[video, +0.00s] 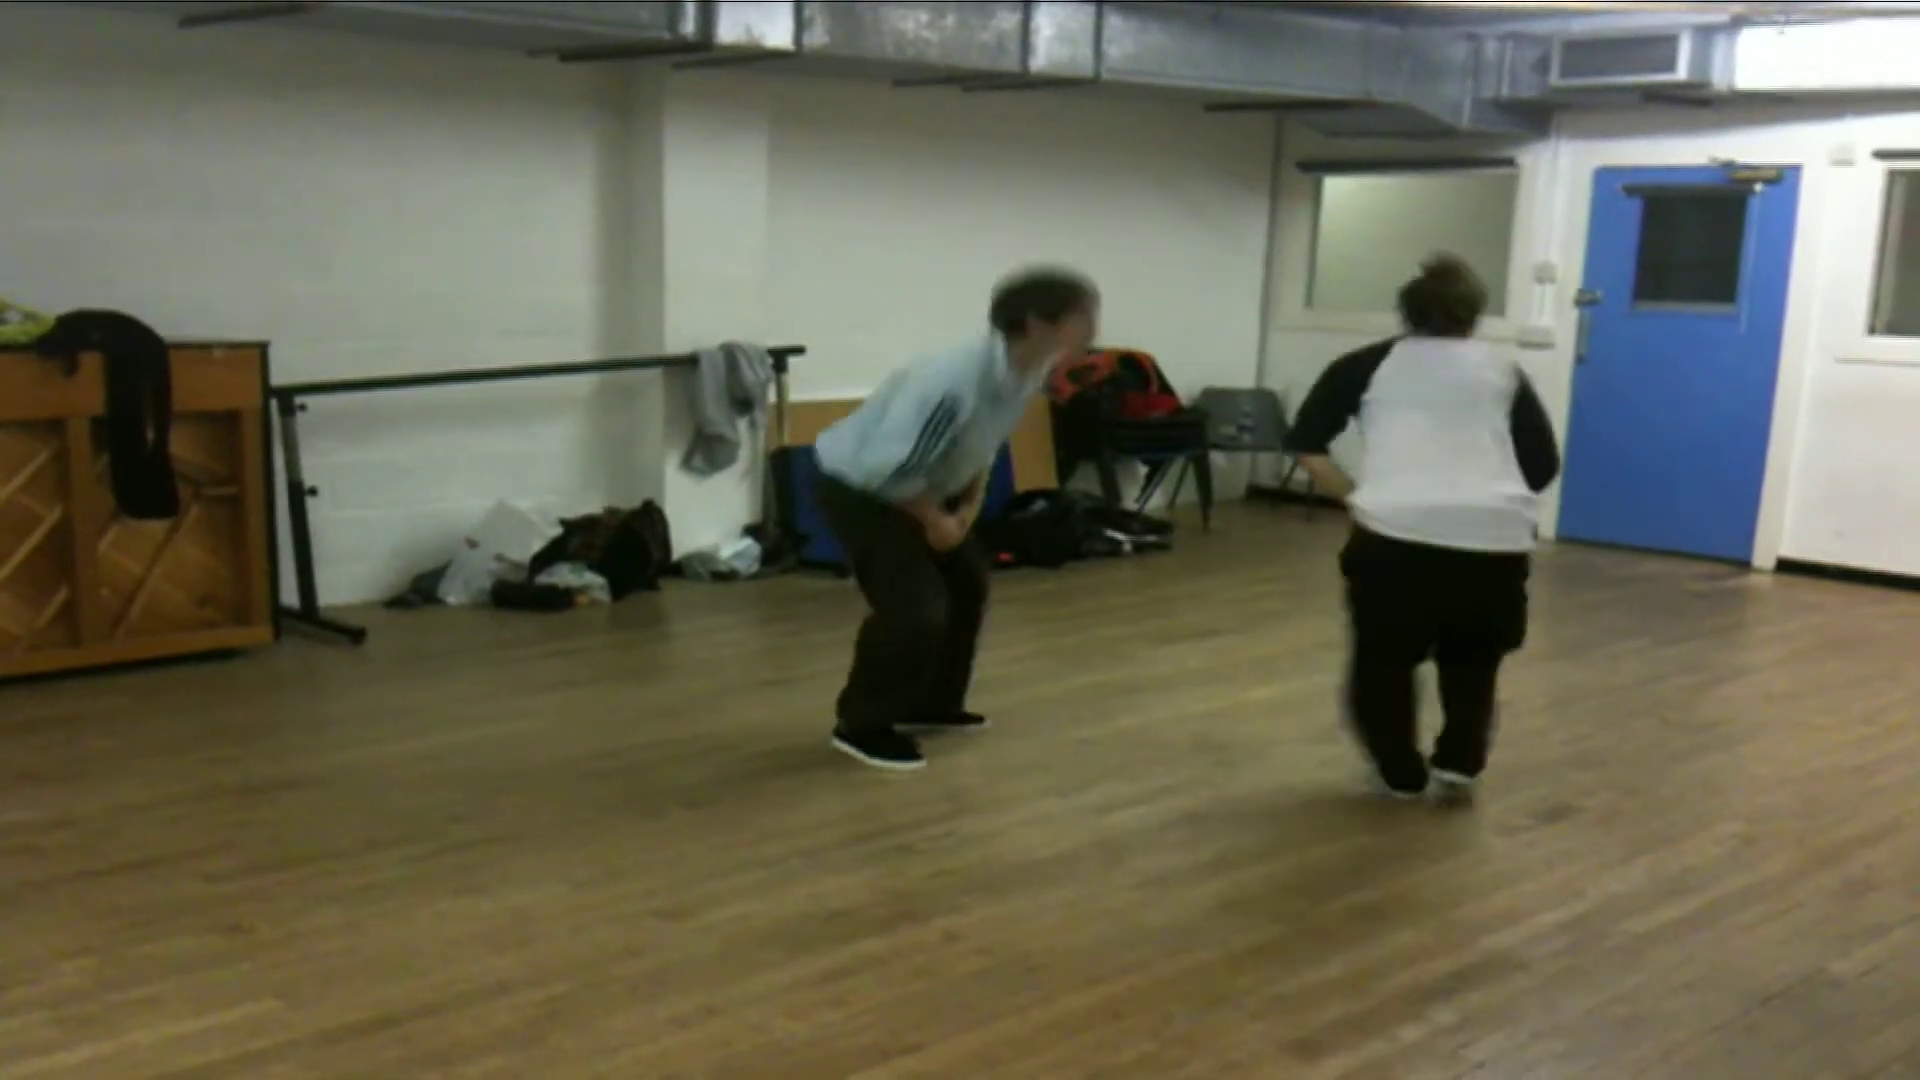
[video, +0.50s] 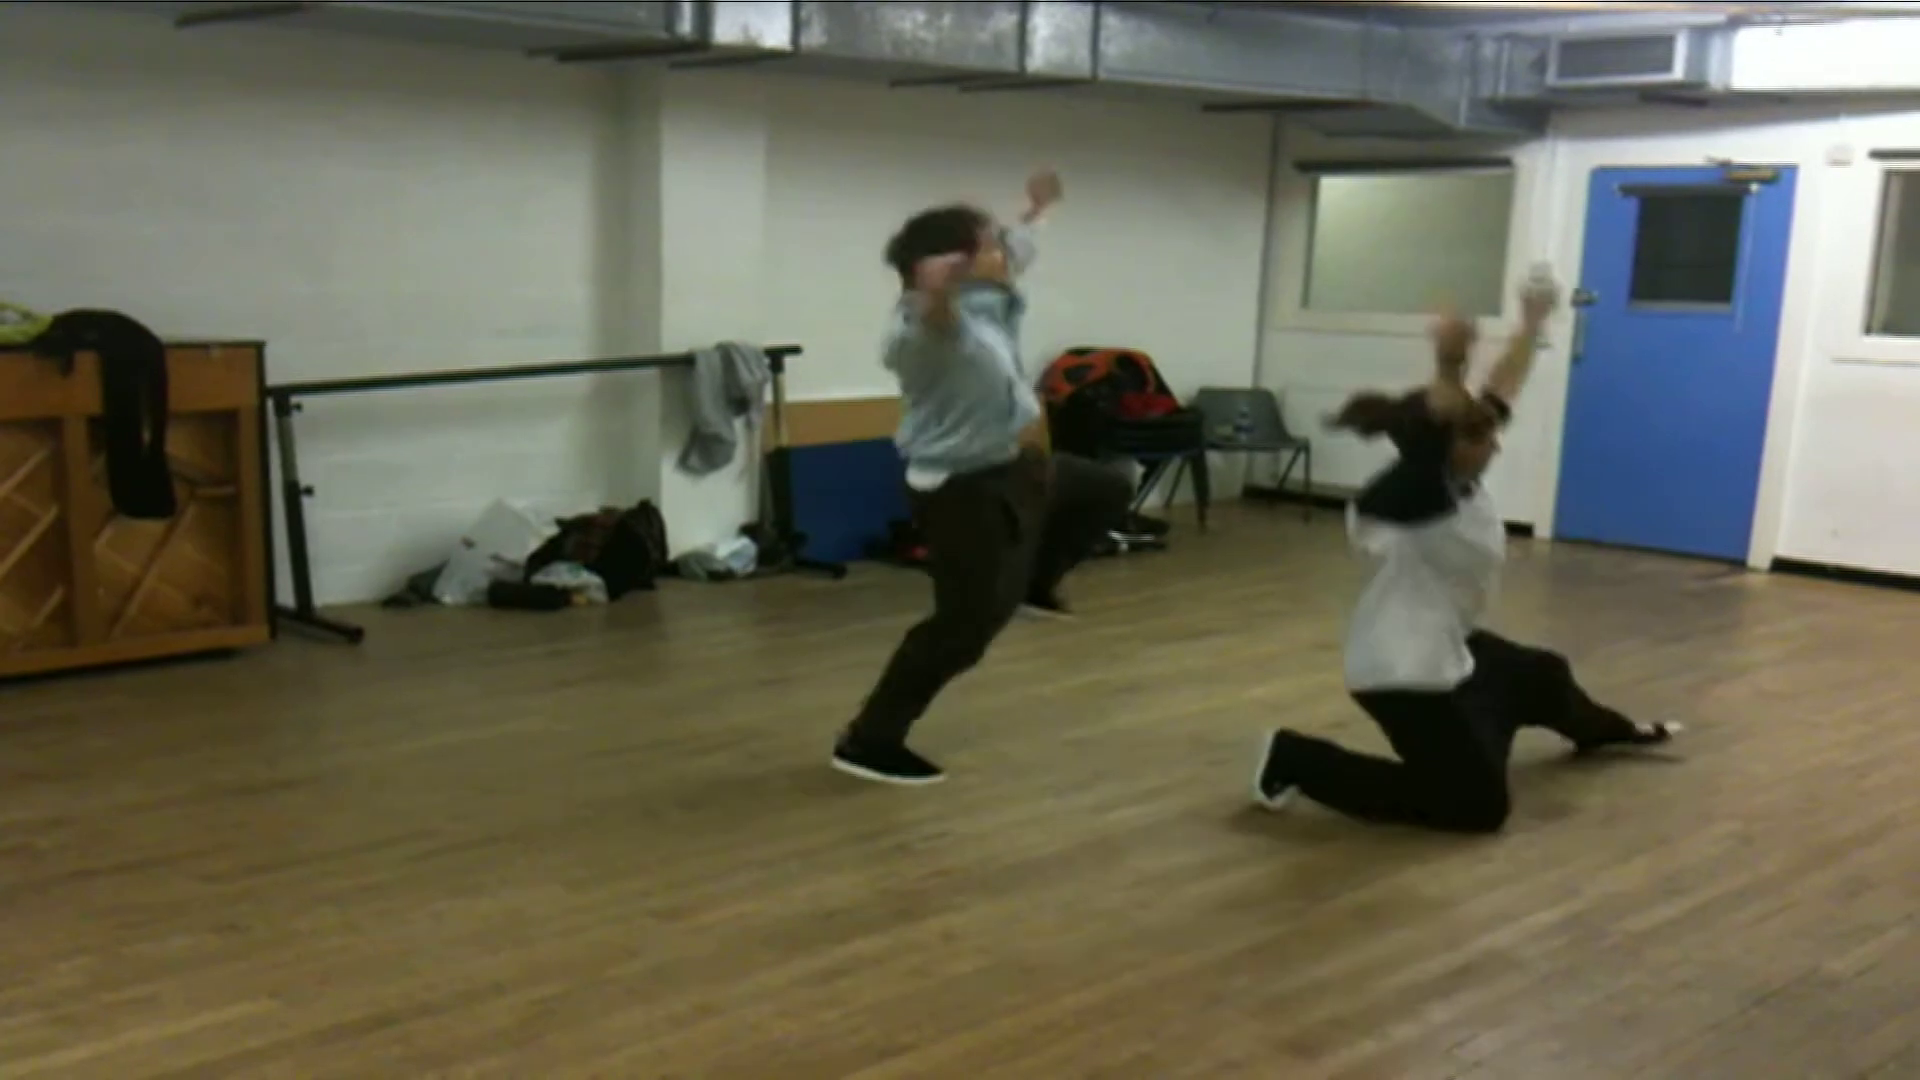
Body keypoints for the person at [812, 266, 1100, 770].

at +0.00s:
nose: (1088, 336)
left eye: (1088, 323)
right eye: (1080, 322)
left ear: (1038, 325)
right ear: (1036, 325)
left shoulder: (1025, 374)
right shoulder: (955, 379)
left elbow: (982, 447)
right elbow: (884, 472)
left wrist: (968, 506)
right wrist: (931, 517)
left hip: (912, 484)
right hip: (852, 480)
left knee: (965, 580)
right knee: (913, 599)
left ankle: (935, 701)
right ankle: (861, 722)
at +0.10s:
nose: (1083, 276)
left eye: (1079, 265)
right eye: (1070, 267)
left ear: (1037, 283)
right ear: (1029, 282)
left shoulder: (1028, 341)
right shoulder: (976, 337)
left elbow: (973, 421)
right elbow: (905, 427)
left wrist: (972, 490)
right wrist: (938, 501)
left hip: (921, 472)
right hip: (865, 469)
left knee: (945, 589)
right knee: (898, 594)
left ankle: (919, 705)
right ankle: (862, 725)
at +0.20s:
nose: (1064, 259)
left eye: (1056, 250)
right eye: (1049, 255)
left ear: (1021, 281)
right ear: (1015, 279)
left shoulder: (1018, 337)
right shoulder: (967, 338)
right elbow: (889, 417)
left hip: (940, 494)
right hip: (896, 490)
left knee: (946, 596)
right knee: (896, 606)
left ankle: (897, 701)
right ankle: (857, 720)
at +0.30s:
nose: (1038, 226)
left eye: (1030, 217)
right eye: (1023, 220)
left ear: (994, 243)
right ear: (990, 242)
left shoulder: (1007, 301)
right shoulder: (965, 303)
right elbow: (880, 356)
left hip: (962, 474)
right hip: (915, 474)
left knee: (968, 586)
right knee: (916, 596)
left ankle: (916, 693)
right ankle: (857, 713)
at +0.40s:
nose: (1016, 219)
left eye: (1008, 209)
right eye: (1000, 212)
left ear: (971, 238)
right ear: (964, 236)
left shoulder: (992, 288)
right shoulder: (945, 292)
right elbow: (908, 313)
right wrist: (867, 313)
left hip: (987, 459)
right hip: (944, 468)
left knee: (1046, 527)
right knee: (937, 607)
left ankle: (964, 617)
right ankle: (848, 720)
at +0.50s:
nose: (1002, 250)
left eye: (998, 242)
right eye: (988, 244)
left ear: (987, 259)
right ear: (942, 264)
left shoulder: (990, 305)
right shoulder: (918, 331)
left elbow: (1012, 258)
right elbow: (926, 331)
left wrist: (1035, 210)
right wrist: (938, 296)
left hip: (1014, 470)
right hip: (958, 490)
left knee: (1107, 489)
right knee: (968, 622)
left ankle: (1036, 581)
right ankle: (871, 739)